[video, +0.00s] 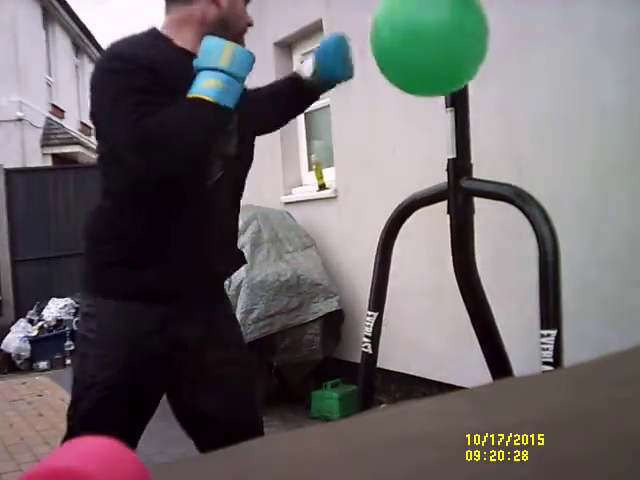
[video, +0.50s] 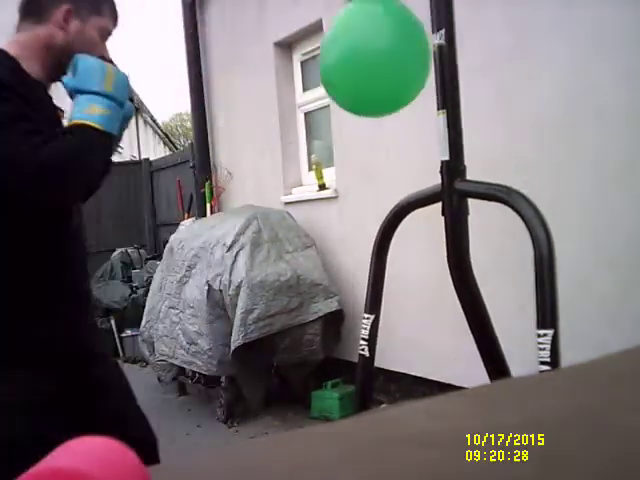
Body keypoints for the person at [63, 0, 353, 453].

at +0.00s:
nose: (250, 20)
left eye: (249, 7)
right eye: (245, 5)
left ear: (205, 8)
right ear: (211, 5)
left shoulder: (217, 78)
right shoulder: (125, 64)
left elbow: (247, 114)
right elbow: (150, 160)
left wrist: (312, 79)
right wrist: (214, 81)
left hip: (201, 298)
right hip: (126, 301)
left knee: (242, 456)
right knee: (92, 460)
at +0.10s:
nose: (230, 17)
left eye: (229, 5)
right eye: (225, 4)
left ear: (190, 6)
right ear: (191, 3)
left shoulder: (188, 76)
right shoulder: (110, 67)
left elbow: (207, 145)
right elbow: (145, 162)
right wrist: (203, 89)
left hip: (194, 307)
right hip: (122, 311)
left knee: (238, 458)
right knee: (88, 466)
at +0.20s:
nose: (205, 31)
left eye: (205, 14)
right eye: (201, 12)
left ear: (166, 12)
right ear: (167, 9)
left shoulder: (163, 86)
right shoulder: (86, 77)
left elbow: (158, 188)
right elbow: (127, 179)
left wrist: (211, 166)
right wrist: (188, 103)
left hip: (171, 322)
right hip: (100, 330)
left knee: (229, 456)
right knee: (85, 473)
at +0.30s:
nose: (170, 46)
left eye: (171, 32)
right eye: (166, 28)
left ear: (130, 21)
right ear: (132, 18)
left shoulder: (115, 104)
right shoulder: (50, 88)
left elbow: (125, 192)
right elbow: (104, 188)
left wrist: (171, 154)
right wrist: (154, 125)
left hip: (139, 347)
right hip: (67, 355)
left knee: (208, 464)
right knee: (72, 476)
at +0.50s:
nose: (104, 52)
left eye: (108, 39)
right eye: (103, 35)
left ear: (65, 19)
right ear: (67, 18)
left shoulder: (37, 103)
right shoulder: (8, 91)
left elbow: (66, 189)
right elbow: (47, 190)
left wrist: (100, 114)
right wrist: (96, 108)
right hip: (32, 338)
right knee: (123, 450)